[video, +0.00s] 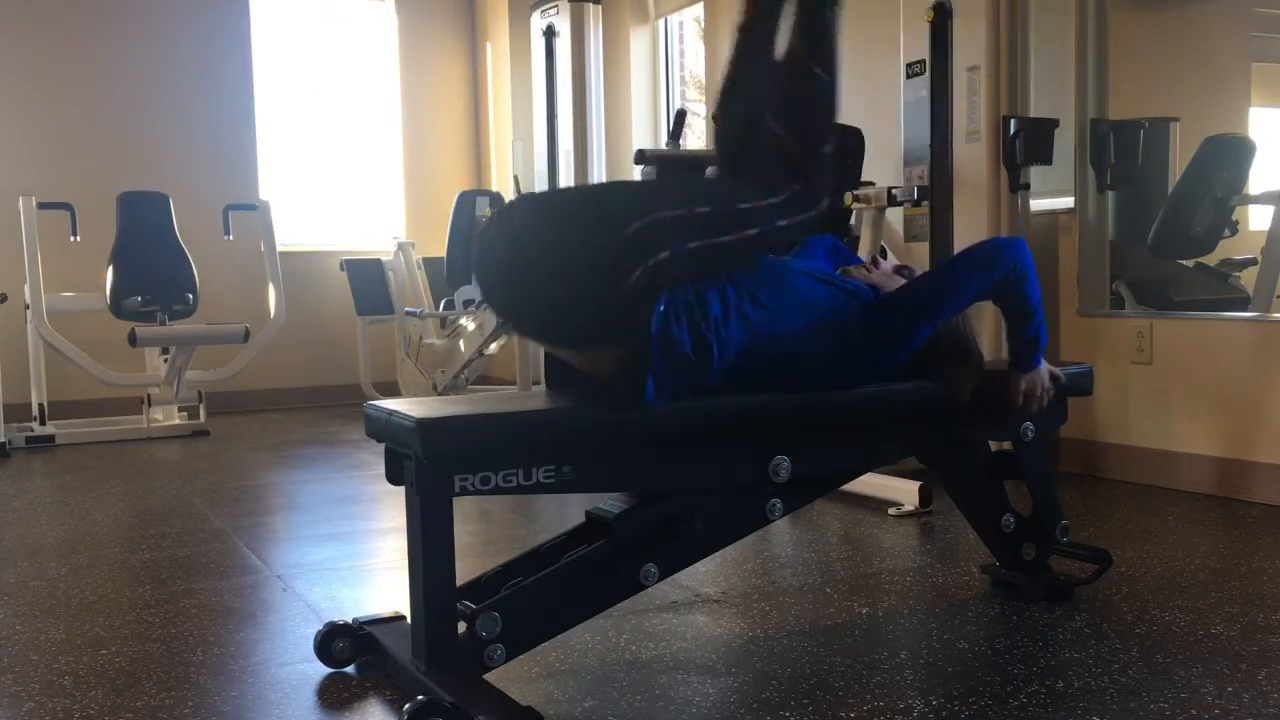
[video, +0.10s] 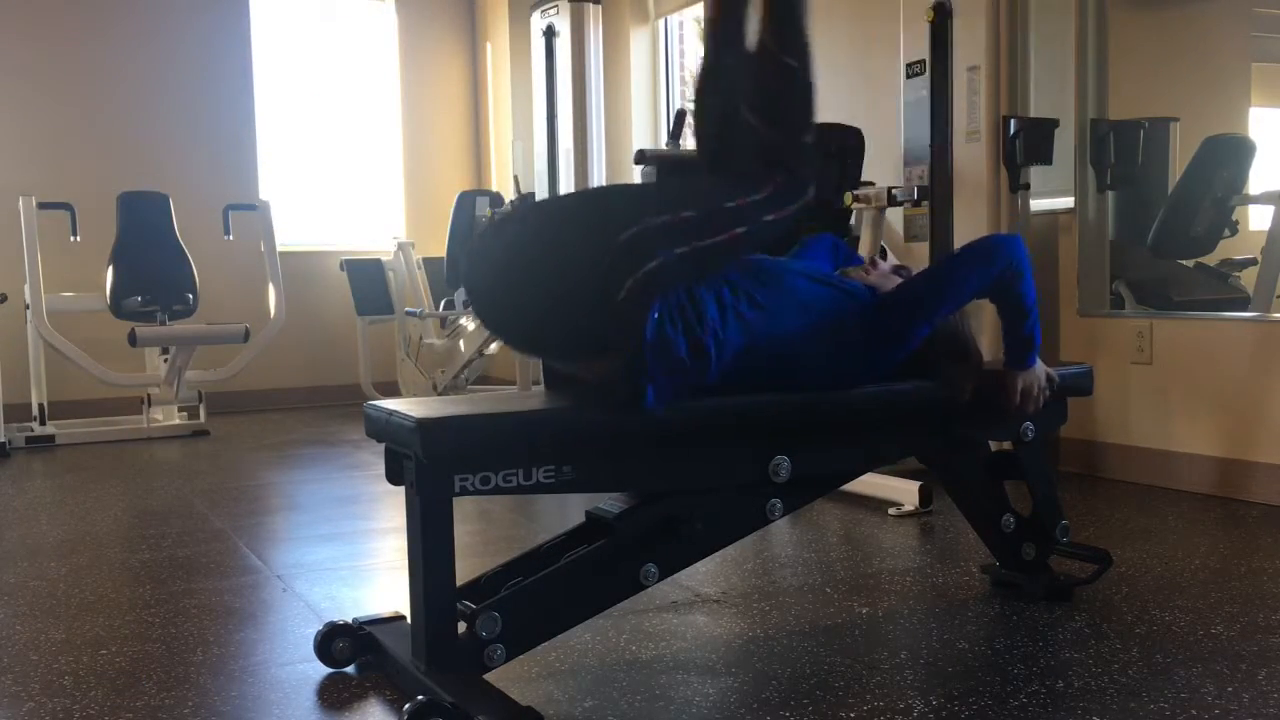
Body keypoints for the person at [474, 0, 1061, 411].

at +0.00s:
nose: (888, 262)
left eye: (903, 279)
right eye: (896, 264)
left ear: (908, 311)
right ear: (883, 270)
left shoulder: (881, 333)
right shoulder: (830, 276)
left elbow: (1007, 253)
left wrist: (1030, 362)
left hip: (628, 325)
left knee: (805, 183)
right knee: (753, 174)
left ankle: (815, 6)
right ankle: (766, 1)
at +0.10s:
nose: (883, 257)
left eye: (899, 270)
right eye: (891, 259)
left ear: (901, 301)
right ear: (878, 271)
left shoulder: (879, 330)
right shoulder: (826, 271)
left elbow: (1002, 251)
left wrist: (1025, 361)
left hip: (619, 328)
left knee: (788, 173)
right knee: (738, 167)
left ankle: (779, 5)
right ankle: (731, 7)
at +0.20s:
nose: (883, 263)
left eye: (897, 276)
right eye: (888, 263)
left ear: (900, 308)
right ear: (879, 271)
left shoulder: (872, 333)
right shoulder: (821, 280)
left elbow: (1000, 250)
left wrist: (1025, 360)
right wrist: (885, 271)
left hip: (590, 333)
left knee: (760, 165)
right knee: (722, 163)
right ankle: (682, 6)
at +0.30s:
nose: (880, 262)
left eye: (896, 273)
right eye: (885, 260)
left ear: (901, 307)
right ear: (866, 275)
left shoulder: (870, 333)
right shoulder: (814, 284)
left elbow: (1000, 250)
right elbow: (829, 236)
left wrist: (1023, 360)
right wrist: (885, 276)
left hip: (588, 340)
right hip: (518, 312)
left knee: (734, 154)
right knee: (683, 160)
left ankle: (671, 5)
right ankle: (625, 8)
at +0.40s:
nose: (878, 260)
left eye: (894, 271)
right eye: (885, 259)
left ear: (898, 306)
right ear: (863, 277)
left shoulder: (867, 334)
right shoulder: (815, 288)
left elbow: (999, 245)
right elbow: (828, 236)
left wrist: (1019, 357)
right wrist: (877, 271)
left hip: (575, 341)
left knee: (698, 138)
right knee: (684, 141)